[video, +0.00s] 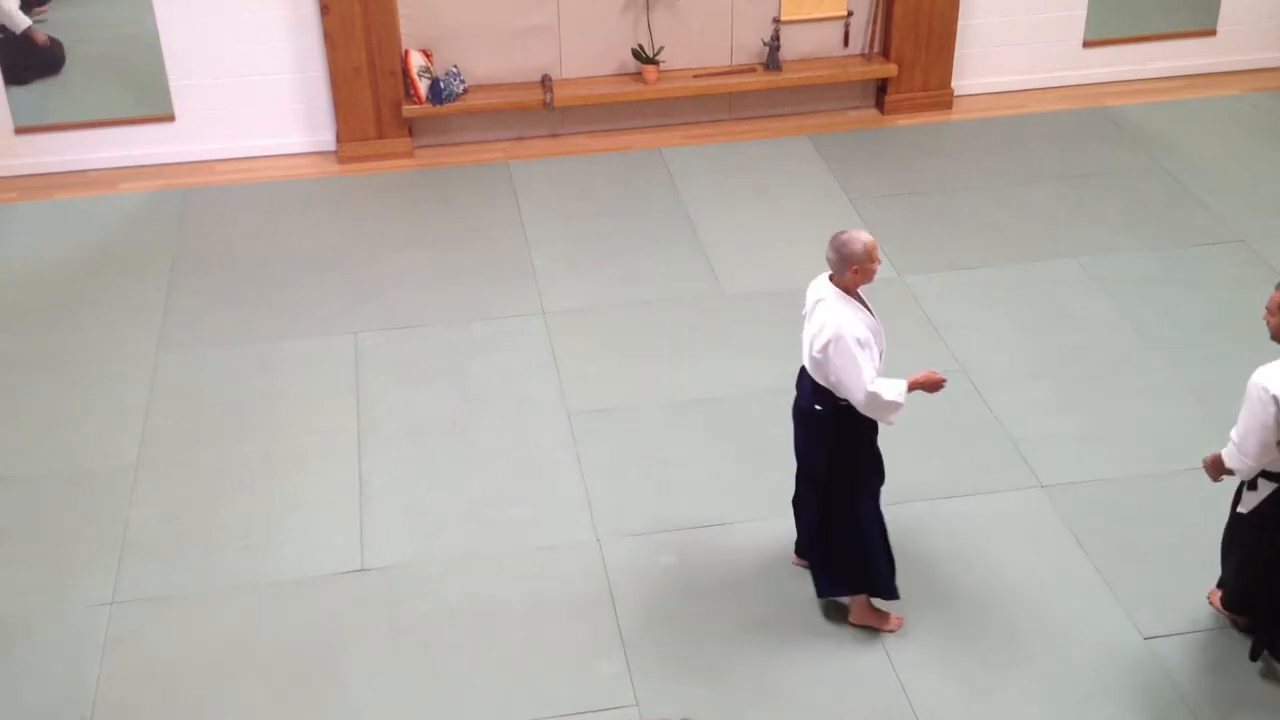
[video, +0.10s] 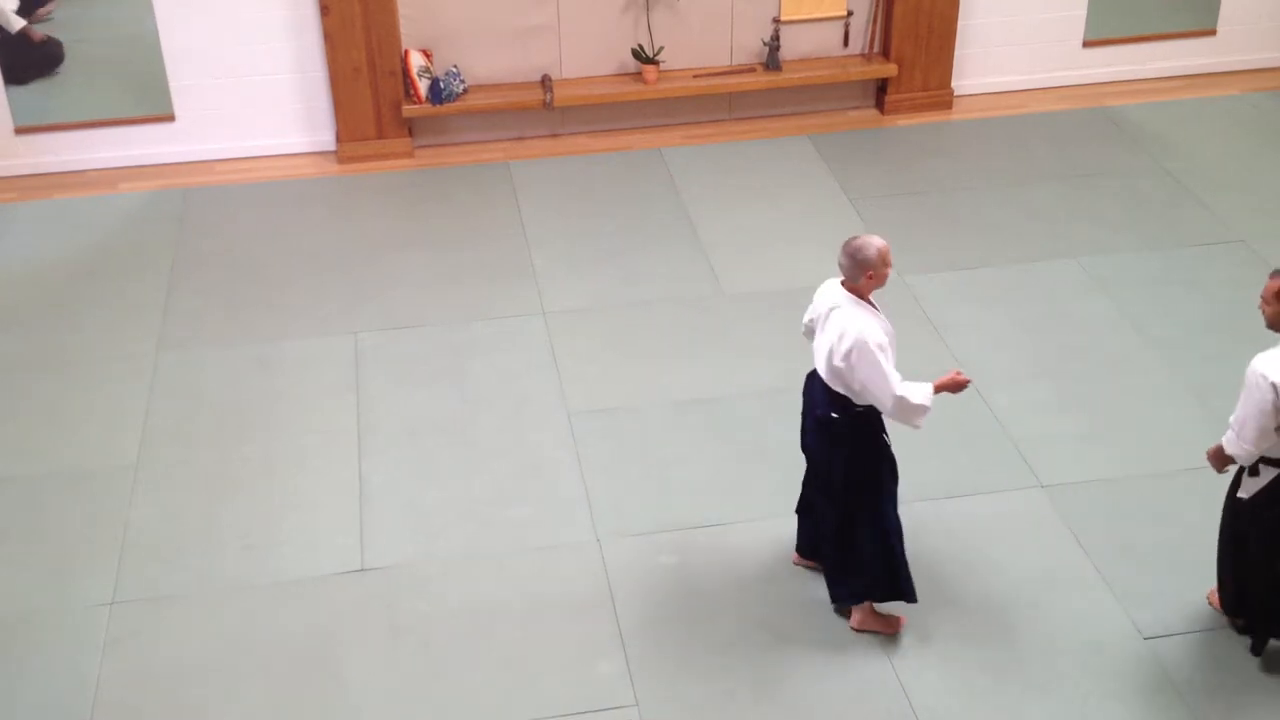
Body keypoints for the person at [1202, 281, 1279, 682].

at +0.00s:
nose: (1265, 316)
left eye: (1269, 311)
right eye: (1267, 309)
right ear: (1276, 318)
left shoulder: (1268, 379)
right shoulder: (1267, 379)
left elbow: (1248, 453)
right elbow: (1250, 448)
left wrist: (1222, 463)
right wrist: (1229, 461)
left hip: (1266, 488)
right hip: (1267, 483)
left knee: (1245, 547)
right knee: (1260, 548)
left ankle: (1238, 604)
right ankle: (1248, 603)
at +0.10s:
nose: (1261, 305)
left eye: (1266, 299)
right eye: (1263, 298)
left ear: (1279, 307)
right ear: (1275, 306)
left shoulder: (1267, 367)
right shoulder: (1267, 365)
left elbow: (1249, 437)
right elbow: (1252, 431)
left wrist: (1223, 452)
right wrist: (1229, 450)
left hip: (1264, 478)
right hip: (1269, 472)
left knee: (1245, 541)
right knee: (1262, 544)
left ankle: (1238, 603)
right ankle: (1256, 606)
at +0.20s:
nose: (1259, 295)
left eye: (1265, 289)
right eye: (1260, 288)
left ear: (1279, 296)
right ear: (1274, 295)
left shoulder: (1268, 355)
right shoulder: (1268, 353)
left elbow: (1252, 428)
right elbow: (1254, 422)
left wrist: (1224, 437)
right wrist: (1230, 435)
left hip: (1266, 468)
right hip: (1268, 462)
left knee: (1246, 538)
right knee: (1260, 540)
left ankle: (1241, 609)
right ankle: (1262, 617)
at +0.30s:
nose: (1260, 287)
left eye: (1267, 281)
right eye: (1261, 279)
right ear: (1268, 283)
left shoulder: (1272, 347)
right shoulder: (1270, 343)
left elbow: (1260, 421)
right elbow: (1260, 411)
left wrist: (1226, 427)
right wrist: (1231, 424)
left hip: (1270, 459)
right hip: (1268, 453)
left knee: (1237, 525)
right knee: (1256, 528)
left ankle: (1234, 603)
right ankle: (1259, 600)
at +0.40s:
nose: (1262, 286)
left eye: (1269, 282)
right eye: (1263, 279)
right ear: (1268, 280)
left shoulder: (1278, 347)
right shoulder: (1275, 340)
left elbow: (1270, 422)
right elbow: (1270, 392)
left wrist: (1228, 426)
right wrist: (1256, 405)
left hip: (1273, 455)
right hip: (1270, 449)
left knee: (1239, 520)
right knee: (1257, 522)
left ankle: (1237, 600)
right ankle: (1260, 596)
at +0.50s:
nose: (1265, 290)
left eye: (1271, 285)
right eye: (1266, 283)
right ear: (1268, 283)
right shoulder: (1276, 339)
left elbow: (1278, 423)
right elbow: (1278, 375)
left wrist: (1236, 428)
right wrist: (1265, 392)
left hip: (1275, 450)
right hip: (1272, 444)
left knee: (1239, 511)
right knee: (1253, 511)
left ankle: (1243, 596)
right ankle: (1247, 591)